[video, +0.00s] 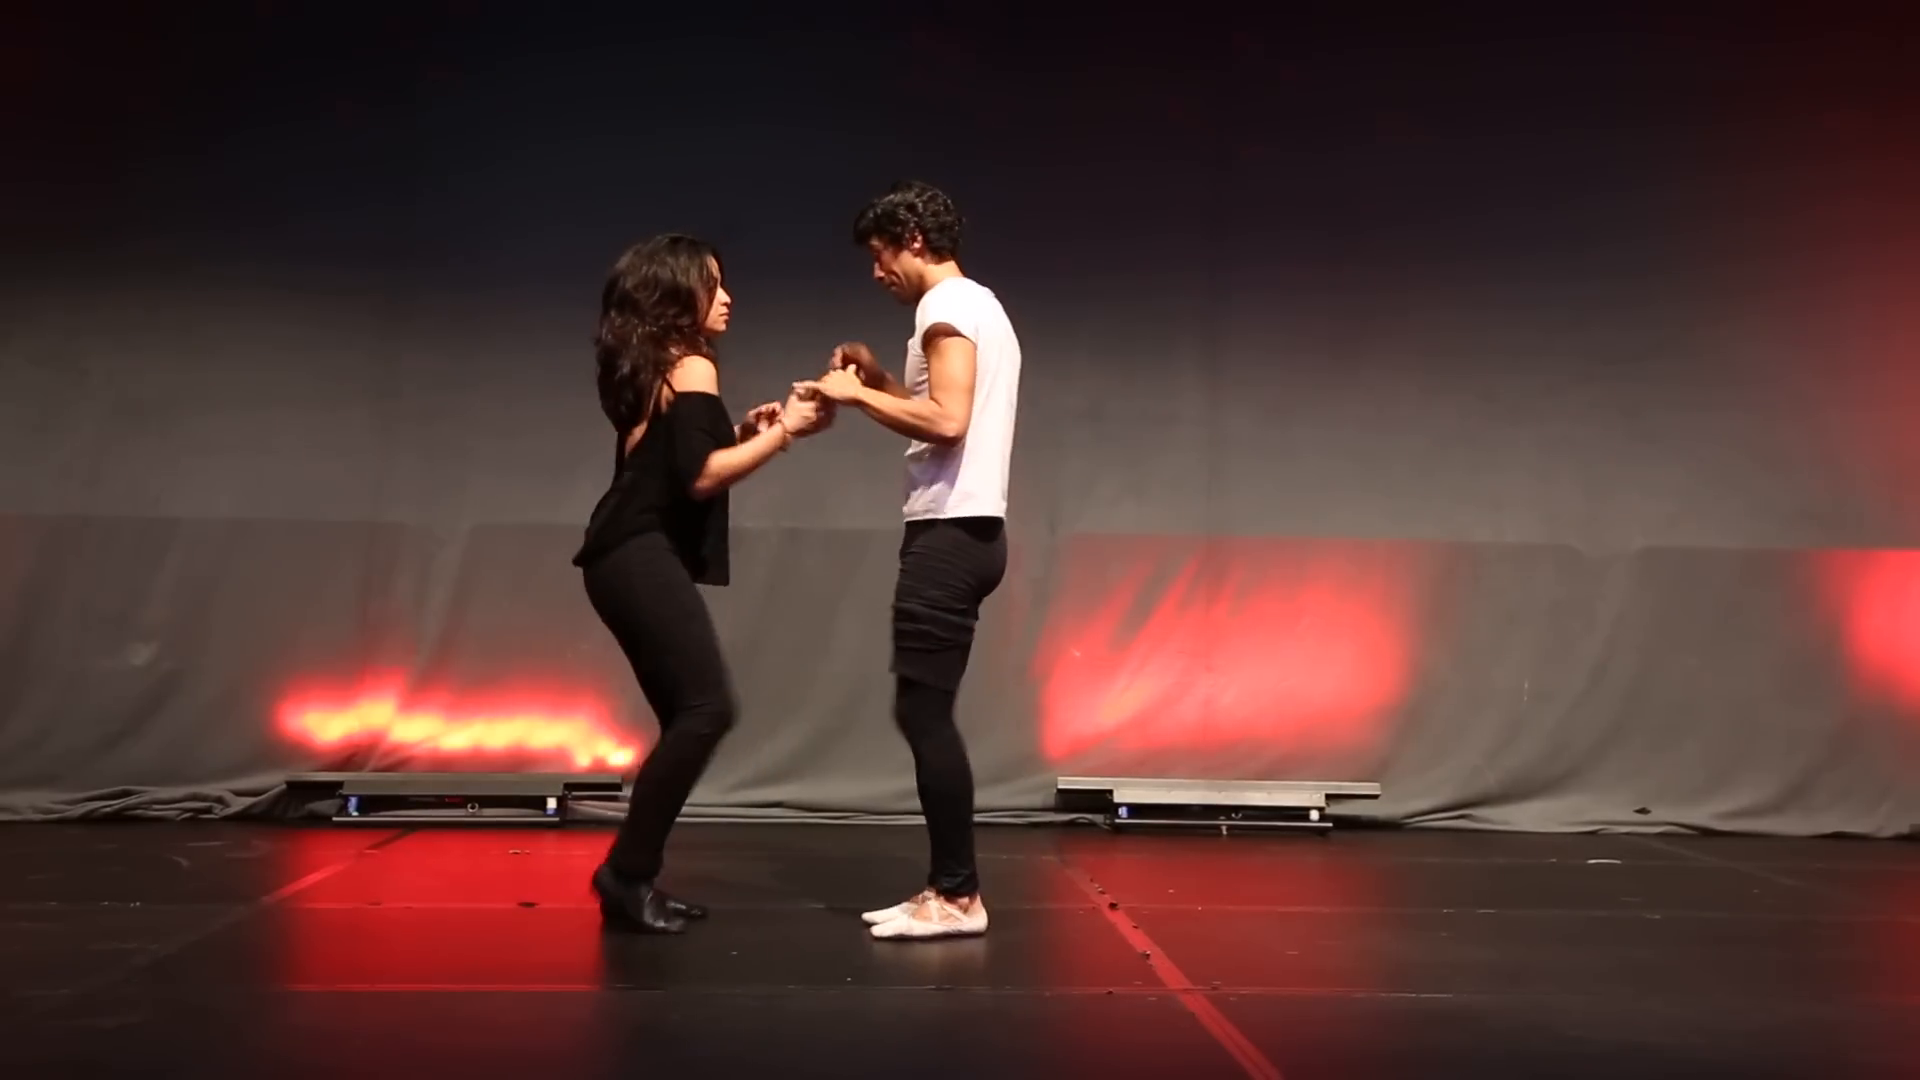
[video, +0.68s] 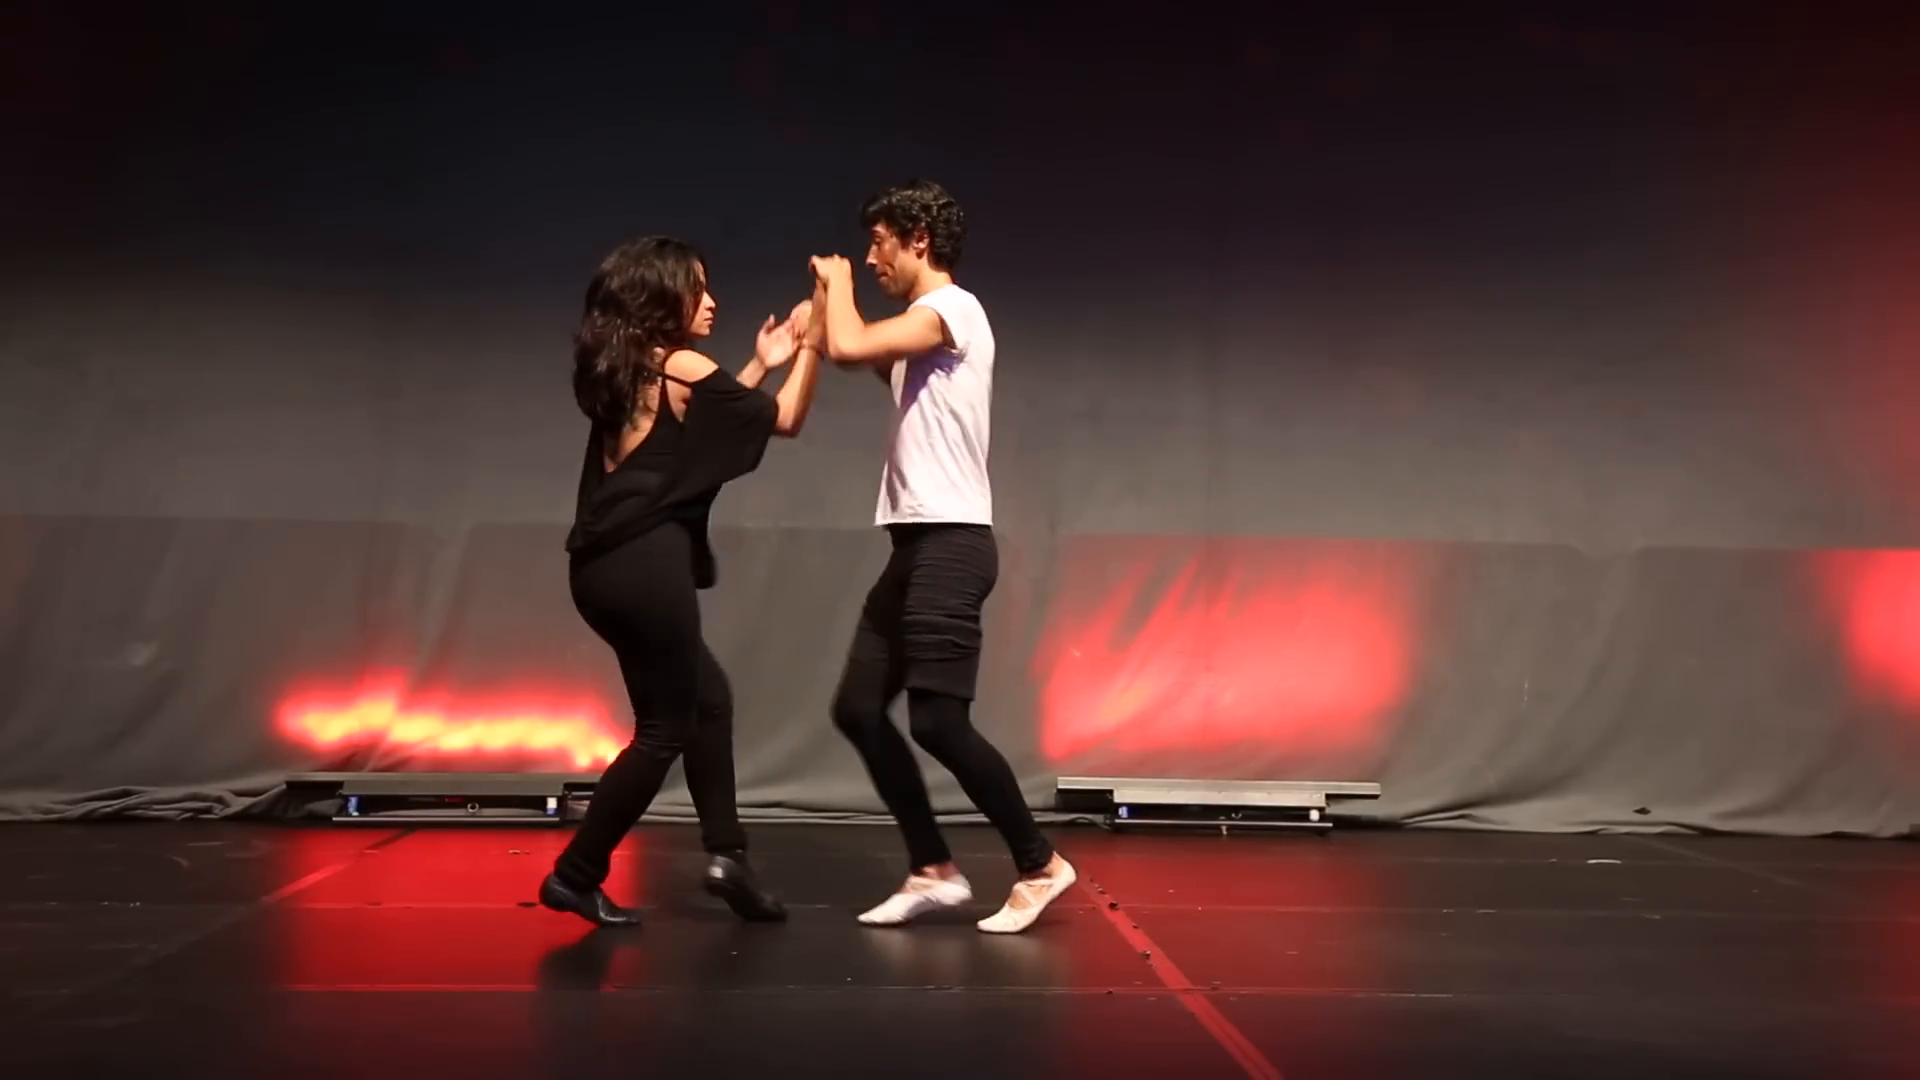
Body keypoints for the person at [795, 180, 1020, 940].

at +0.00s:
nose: (876, 273)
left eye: (880, 256)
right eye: (872, 259)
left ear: (914, 243)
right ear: (928, 247)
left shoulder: (948, 306)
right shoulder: (971, 307)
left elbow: (949, 419)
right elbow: (943, 415)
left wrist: (856, 394)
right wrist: (879, 379)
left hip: (949, 534)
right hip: (960, 532)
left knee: (924, 710)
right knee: (924, 710)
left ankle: (956, 895)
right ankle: (950, 888)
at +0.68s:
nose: (869, 259)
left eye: (878, 244)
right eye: (869, 246)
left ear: (918, 242)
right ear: (911, 247)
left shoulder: (952, 309)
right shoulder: (921, 323)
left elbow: (848, 343)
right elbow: (864, 355)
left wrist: (837, 278)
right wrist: (825, 322)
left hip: (953, 540)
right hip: (915, 541)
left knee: (938, 720)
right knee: (860, 709)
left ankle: (1041, 867)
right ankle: (935, 872)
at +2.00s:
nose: (919, 235)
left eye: (923, 220)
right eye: (922, 220)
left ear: (947, 220)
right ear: (987, 226)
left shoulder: (963, 296)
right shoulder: (1000, 313)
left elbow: (836, 349)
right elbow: (920, 440)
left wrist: (822, 266)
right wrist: (857, 357)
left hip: (950, 539)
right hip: (997, 540)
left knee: (912, 722)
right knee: (962, 725)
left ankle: (956, 912)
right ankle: (1028, 876)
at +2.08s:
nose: (918, 228)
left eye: (923, 213)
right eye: (921, 214)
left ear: (947, 218)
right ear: (987, 226)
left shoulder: (956, 293)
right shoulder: (1003, 311)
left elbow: (822, 330)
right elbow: (915, 428)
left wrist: (820, 252)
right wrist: (861, 338)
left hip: (948, 539)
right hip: (1005, 538)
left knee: (908, 724)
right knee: (984, 728)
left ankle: (955, 912)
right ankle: (1041, 902)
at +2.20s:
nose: (913, 223)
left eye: (916, 209)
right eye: (916, 211)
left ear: (936, 215)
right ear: (990, 223)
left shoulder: (924, 290)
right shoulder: (1016, 311)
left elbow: (789, 310)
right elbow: (883, 355)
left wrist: (823, 229)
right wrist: (857, 262)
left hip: (939, 539)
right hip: (1006, 540)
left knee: (886, 717)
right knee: (992, 730)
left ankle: (945, 905)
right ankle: (1051, 909)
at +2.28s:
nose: (903, 216)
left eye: (908, 204)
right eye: (906, 202)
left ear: (921, 215)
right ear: (985, 225)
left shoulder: (894, 287)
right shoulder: (1015, 310)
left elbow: (772, 300)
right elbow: (943, 310)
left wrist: (821, 219)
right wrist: (884, 255)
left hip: (924, 535)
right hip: (1003, 538)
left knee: (878, 719)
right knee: (997, 729)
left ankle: (892, 911)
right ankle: (1058, 909)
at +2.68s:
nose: (937, 241)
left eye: (937, 227)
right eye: (929, 228)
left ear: (865, 230)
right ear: (889, 231)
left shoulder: (796, 309)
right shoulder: (915, 285)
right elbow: (1035, 204)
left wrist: (943, 315)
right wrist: (971, 151)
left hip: (812, 532)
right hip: (882, 524)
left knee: (854, 734)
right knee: (922, 705)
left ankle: (822, 922)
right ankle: (955, 873)